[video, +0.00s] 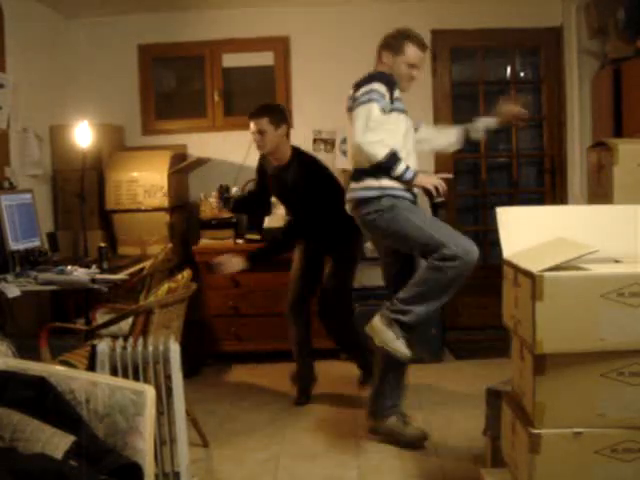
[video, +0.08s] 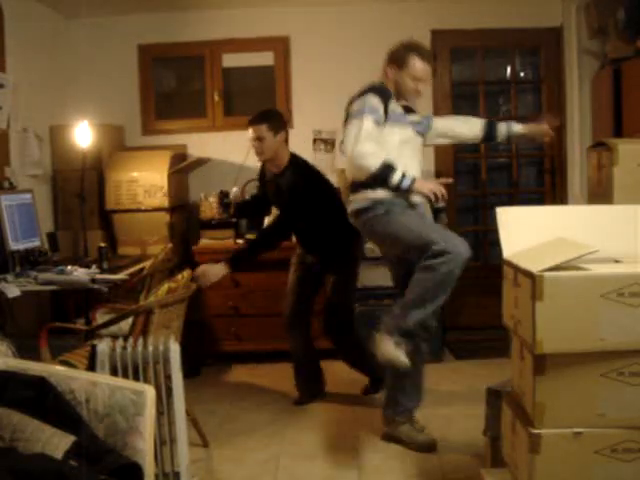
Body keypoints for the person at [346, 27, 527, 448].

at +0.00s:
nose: (416, 75)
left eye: (420, 68)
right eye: (411, 65)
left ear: (411, 67)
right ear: (386, 59)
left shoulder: (397, 107)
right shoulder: (375, 87)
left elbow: (433, 139)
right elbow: (366, 142)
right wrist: (412, 175)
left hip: (393, 201)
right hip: (377, 199)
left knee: (403, 305)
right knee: (461, 253)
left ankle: (385, 413)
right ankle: (392, 319)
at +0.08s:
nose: (421, 88)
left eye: (425, 81)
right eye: (416, 79)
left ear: (423, 81)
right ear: (391, 73)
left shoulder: (414, 117)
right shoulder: (370, 103)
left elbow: (463, 128)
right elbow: (359, 154)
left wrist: (521, 129)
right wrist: (411, 182)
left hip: (405, 209)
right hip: (376, 205)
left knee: (416, 307)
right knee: (452, 249)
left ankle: (399, 416)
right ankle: (395, 329)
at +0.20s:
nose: (426, 115)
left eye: (432, 108)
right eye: (418, 106)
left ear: (438, 105)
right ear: (397, 99)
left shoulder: (439, 136)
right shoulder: (374, 128)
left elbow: (485, 144)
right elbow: (350, 183)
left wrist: (543, 144)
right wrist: (402, 201)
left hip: (424, 234)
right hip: (383, 226)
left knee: (441, 324)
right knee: (410, 278)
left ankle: (400, 417)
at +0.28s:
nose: (424, 112)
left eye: (431, 105)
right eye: (417, 104)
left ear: (436, 102)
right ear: (397, 96)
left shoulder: (442, 134)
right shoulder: (372, 128)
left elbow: (490, 144)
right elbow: (348, 186)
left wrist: (549, 146)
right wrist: (400, 201)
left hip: (426, 234)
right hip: (383, 227)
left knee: (442, 332)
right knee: (409, 279)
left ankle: (399, 417)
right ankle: (425, 369)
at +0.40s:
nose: (406, 82)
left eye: (414, 74)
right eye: (398, 74)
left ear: (425, 72)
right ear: (385, 69)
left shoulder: (449, 108)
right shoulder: (365, 117)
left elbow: (492, 137)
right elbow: (346, 172)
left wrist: (523, 173)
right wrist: (389, 187)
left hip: (439, 224)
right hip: (395, 212)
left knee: (425, 326)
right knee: (391, 223)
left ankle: (401, 416)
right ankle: (399, 339)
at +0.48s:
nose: (403, 80)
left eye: (410, 71)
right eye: (395, 73)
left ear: (426, 67)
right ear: (386, 72)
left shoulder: (455, 104)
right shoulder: (376, 113)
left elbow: (492, 142)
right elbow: (354, 154)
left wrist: (485, 185)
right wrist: (381, 178)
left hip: (440, 213)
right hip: (397, 207)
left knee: (430, 322)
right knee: (382, 215)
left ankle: (424, 411)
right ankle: (390, 303)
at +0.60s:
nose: (409, 112)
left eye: (416, 102)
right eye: (403, 104)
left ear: (438, 97)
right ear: (399, 103)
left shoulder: (465, 128)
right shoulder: (395, 135)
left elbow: (481, 153)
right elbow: (374, 172)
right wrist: (384, 183)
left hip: (439, 238)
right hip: (400, 226)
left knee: (427, 336)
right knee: (352, 207)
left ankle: (437, 417)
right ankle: (383, 297)